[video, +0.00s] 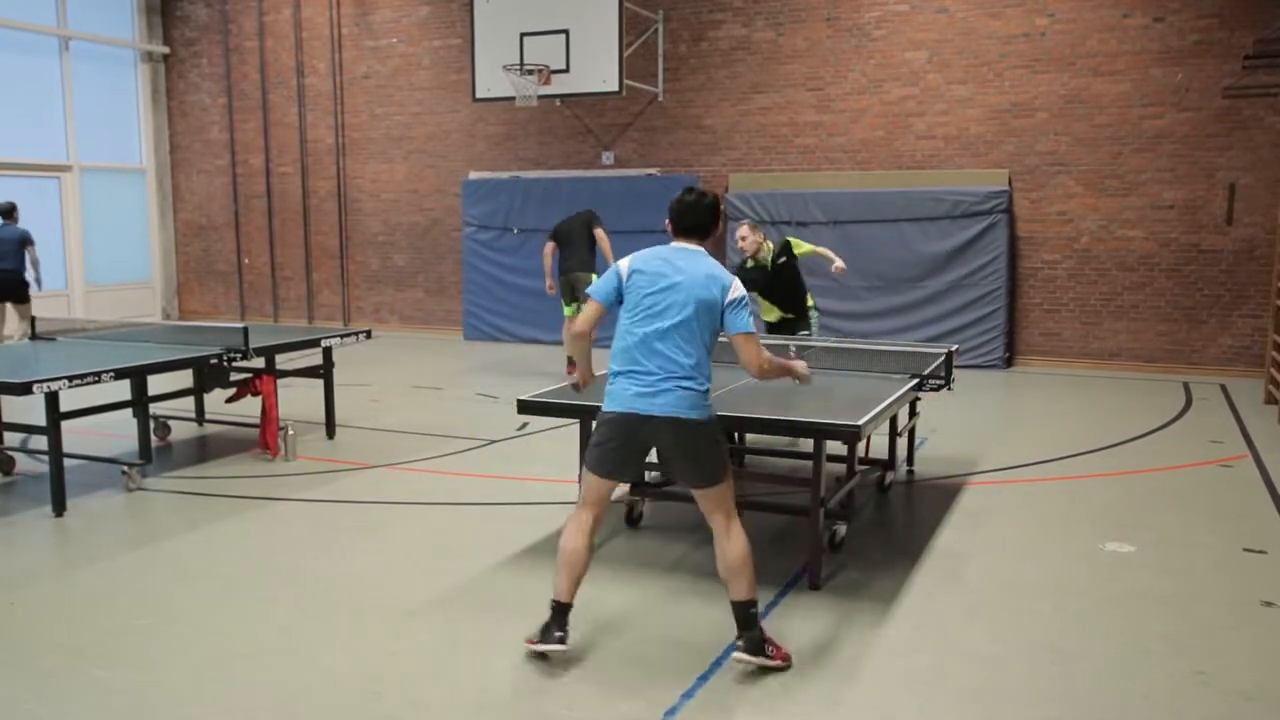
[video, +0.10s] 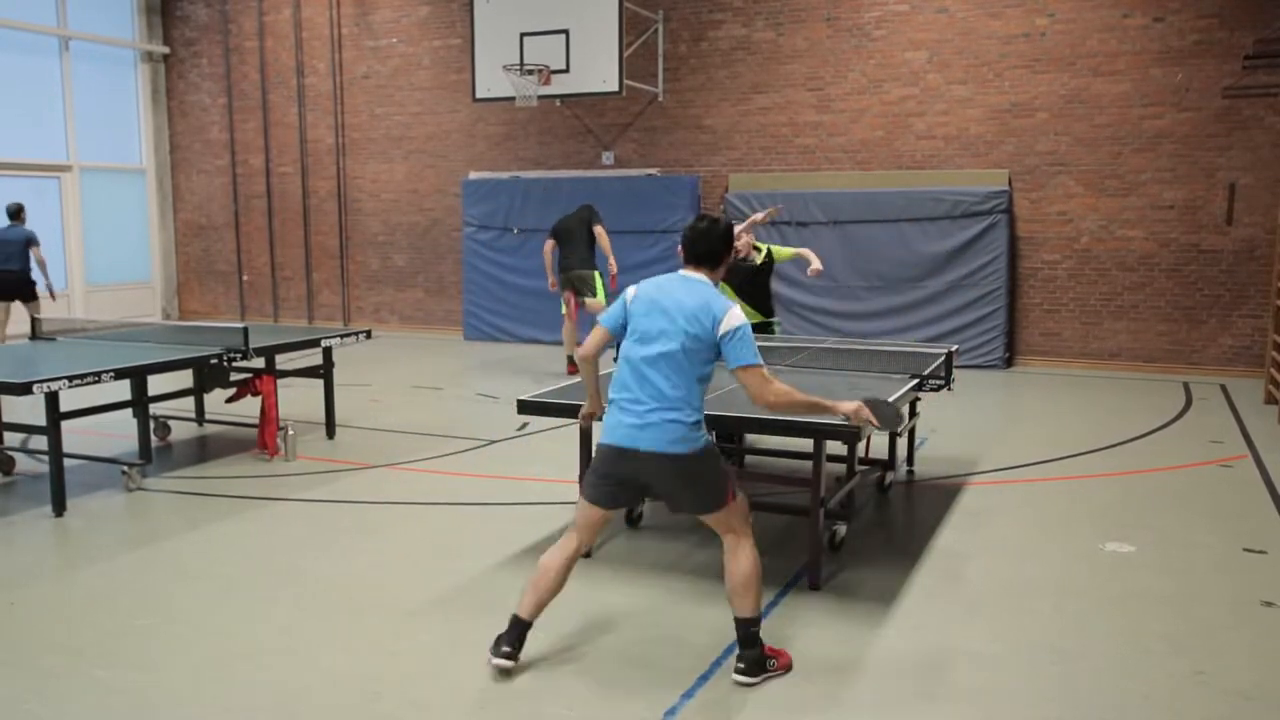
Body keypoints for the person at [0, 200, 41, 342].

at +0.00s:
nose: (18, 215)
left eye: (16, 213)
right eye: (17, 213)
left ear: (3, 216)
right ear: (14, 214)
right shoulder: (22, 234)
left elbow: (33, 257)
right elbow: (33, 257)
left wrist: (36, 274)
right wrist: (37, 275)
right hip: (14, 278)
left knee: (1, 320)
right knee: (25, 318)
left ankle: (2, 344)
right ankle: (18, 344)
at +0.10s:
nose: (25, 216)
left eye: (24, 213)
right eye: (24, 214)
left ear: (9, 216)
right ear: (21, 215)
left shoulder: (2, 232)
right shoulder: (28, 234)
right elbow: (38, 258)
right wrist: (48, 282)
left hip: (3, 279)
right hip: (21, 279)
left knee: (2, 319)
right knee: (35, 312)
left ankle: (2, 345)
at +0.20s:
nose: (34, 219)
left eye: (34, 216)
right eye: (33, 217)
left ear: (18, 220)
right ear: (29, 219)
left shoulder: (6, 238)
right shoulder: (37, 238)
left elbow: (3, 261)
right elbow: (43, 261)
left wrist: (8, 272)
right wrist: (54, 283)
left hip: (10, 281)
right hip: (30, 280)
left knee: (5, 322)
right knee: (42, 319)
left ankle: (3, 353)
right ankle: (43, 355)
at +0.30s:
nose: (45, 219)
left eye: (44, 217)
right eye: (44, 217)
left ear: (29, 220)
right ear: (40, 218)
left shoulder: (18, 237)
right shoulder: (46, 237)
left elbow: (14, 260)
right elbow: (50, 261)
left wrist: (25, 268)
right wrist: (60, 285)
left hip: (22, 277)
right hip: (41, 278)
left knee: (17, 319)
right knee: (50, 318)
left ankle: (5, 343)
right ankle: (51, 350)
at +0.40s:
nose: (54, 216)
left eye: (54, 214)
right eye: (53, 214)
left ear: (39, 216)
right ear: (49, 215)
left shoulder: (27, 234)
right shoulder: (55, 234)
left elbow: (23, 257)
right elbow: (57, 256)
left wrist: (33, 266)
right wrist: (65, 278)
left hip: (33, 273)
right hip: (51, 274)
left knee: (32, 310)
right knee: (54, 312)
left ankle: (24, 336)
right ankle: (52, 340)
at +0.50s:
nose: (63, 214)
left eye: (62, 211)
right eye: (62, 211)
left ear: (48, 213)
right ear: (57, 212)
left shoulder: (37, 231)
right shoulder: (62, 230)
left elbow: (32, 255)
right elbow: (66, 254)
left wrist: (33, 273)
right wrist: (76, 277)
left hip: (42, 270)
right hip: (59, 270)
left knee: (46, 308)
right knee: (56, 310)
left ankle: (43, 338)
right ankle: (51, 339)